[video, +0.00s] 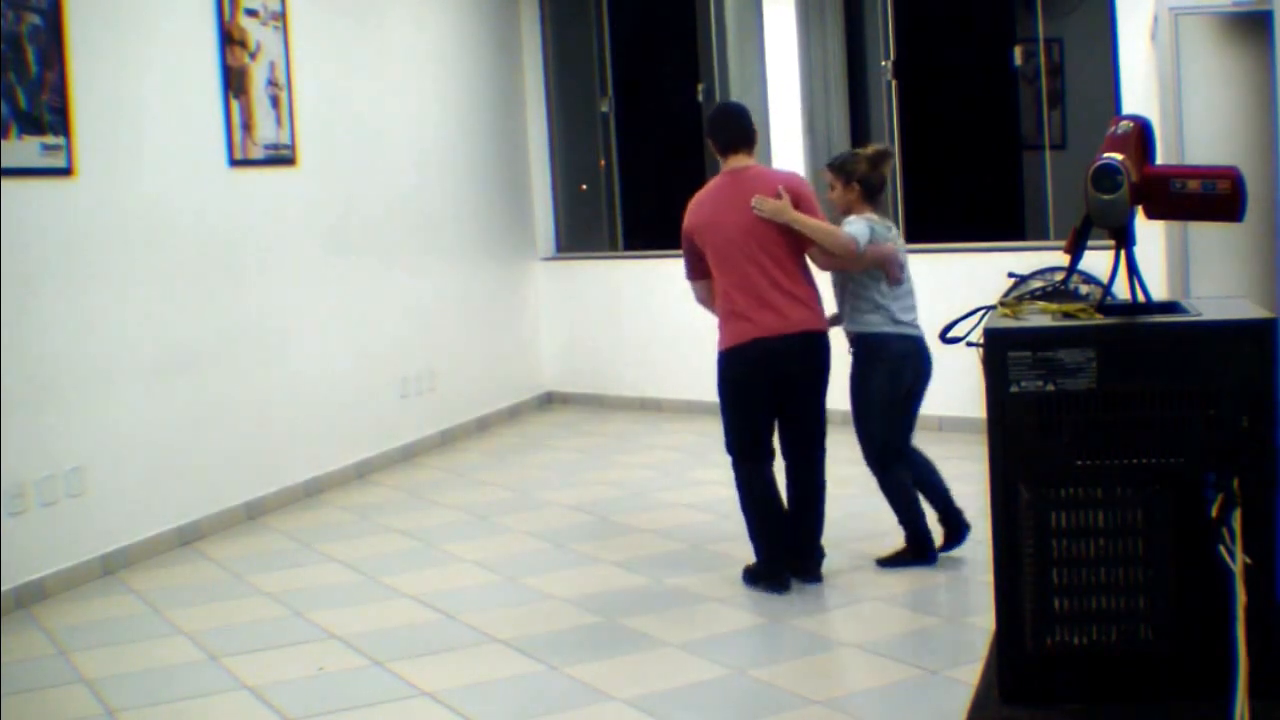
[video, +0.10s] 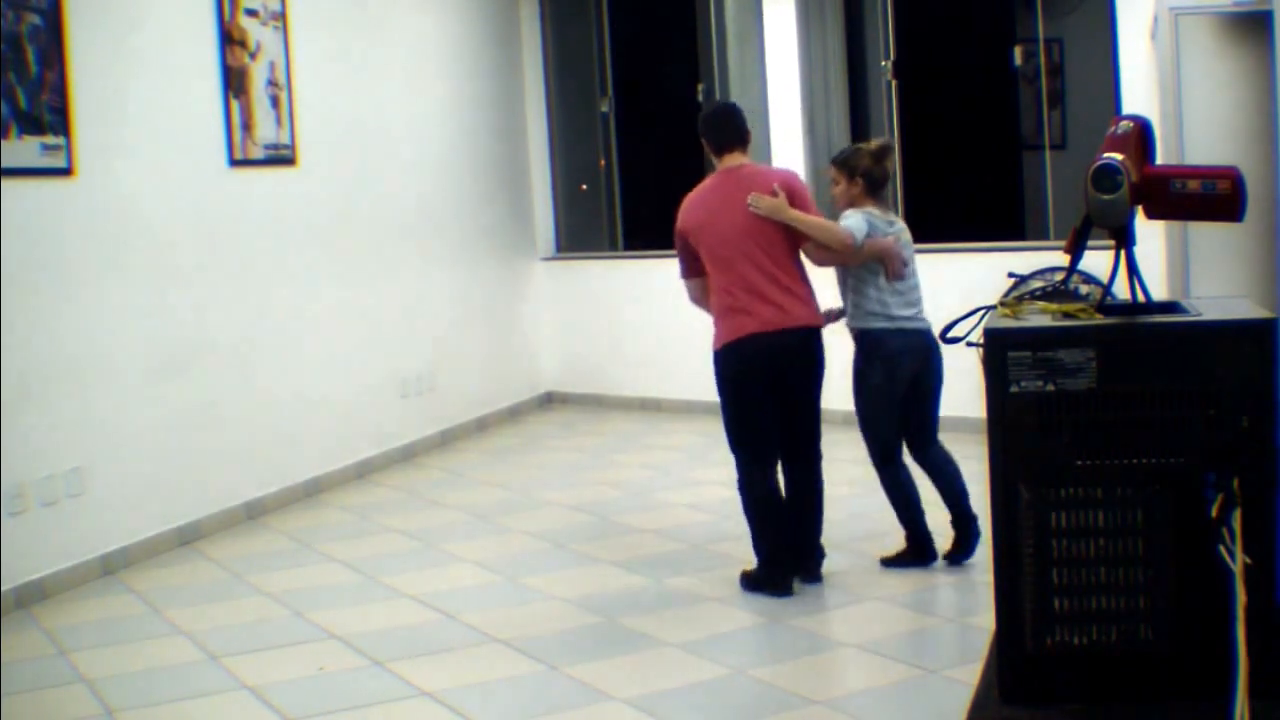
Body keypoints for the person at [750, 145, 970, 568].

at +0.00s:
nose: (828, 195)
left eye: (832, 187)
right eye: (828, 188)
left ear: (852, 188)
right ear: (864, 190)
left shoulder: (860, 224)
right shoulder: (885, 231)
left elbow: (847, 245)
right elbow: (877, 297)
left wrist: (791, 216)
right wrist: (831, 318)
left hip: (880, 352)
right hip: (910, 351)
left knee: (879, 451)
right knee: (897, 446)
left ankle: (919, 542)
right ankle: (952, 519)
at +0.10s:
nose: (832, 191)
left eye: (835, 183)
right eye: (831, 184)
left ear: (857, 184)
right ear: (872, 186)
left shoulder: (858, 219)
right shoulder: (897, 226)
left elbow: (842, 239)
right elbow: (885, 288)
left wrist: (785, 212)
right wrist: (836, 312)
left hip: (881, 350)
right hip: (921, 345)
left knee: (884, 451)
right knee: (924, 441)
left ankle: (919, 542)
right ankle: (966, 525)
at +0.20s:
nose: (834, 189)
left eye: (839, 180)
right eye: (834, 180)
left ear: (860, 180)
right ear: (876, 182)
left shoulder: (858, 217)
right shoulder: (906, 223)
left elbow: (840, 237)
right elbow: (899, 286)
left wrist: (781, 214)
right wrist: (851, 303)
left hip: (881, 348)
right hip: (925, 344)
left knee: (879, 451)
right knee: (934, 443)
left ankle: (913, 542)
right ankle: (962, 539)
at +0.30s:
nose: (835, 190)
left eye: (841, 181)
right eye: (835, 181)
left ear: (863, 182)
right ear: (877, 183)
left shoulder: (859, 218)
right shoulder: (910, 222)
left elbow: (840, 238)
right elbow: (905, 282)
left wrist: (778, 216)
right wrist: (856, 296)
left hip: (876, 349)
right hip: (923, 345)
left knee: (856, 443)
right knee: (938, 445)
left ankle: (891, 533)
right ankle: (961, 543)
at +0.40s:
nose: (833, 192)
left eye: (838, 184)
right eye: (833, 183)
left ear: (861, 185)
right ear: (875, 186)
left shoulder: (855, 221)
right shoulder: (907, 226)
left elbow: (836, 240)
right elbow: (912, 280)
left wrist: (777, 215)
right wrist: (854, 289)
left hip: (868, 351)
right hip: (915, 348)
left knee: (838, 442)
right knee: (932, 446)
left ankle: (858, 535)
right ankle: (959, 543)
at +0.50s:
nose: (826, 195)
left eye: (830, 186)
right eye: (825, 187)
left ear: (853, 188)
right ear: (867, 190)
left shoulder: (846, 225)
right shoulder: (895, 234)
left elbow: (828, 245)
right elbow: (880, 280)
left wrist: (773, 215)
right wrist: (834, 289)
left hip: (853, 354)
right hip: (898, 352)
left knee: (827, 447)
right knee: (922, 448)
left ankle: (831, 537)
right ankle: (958, 542)